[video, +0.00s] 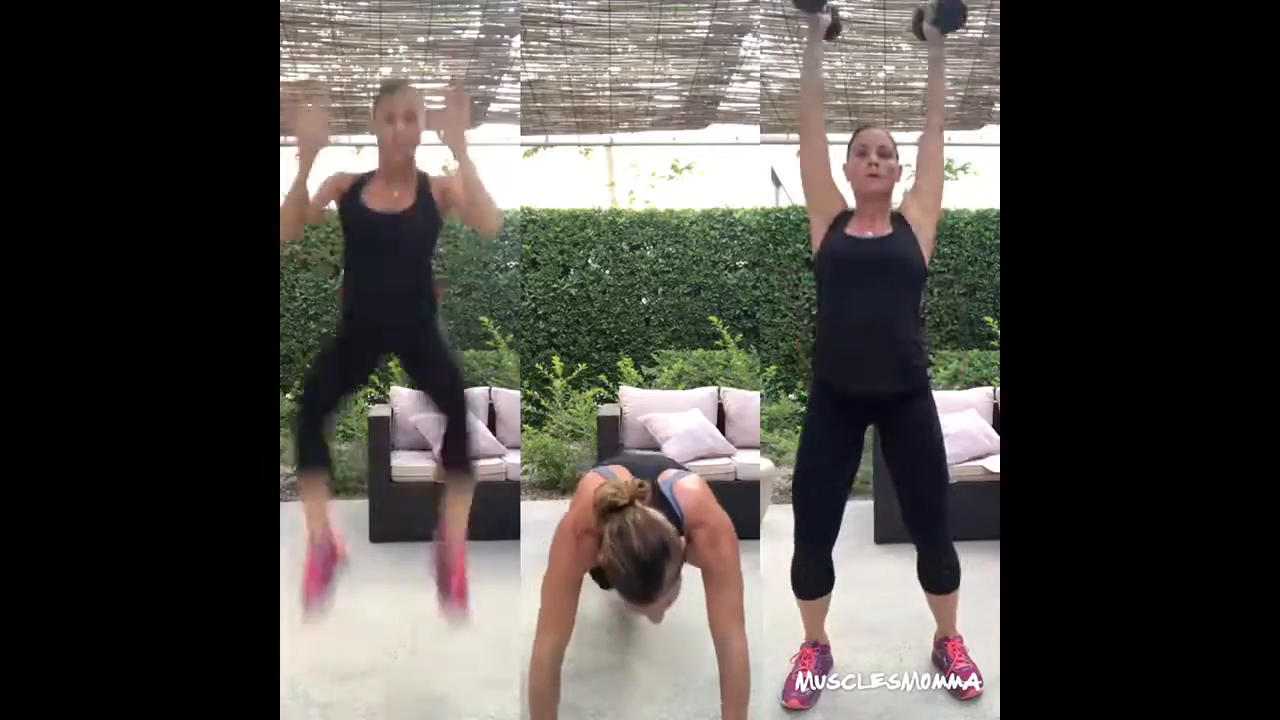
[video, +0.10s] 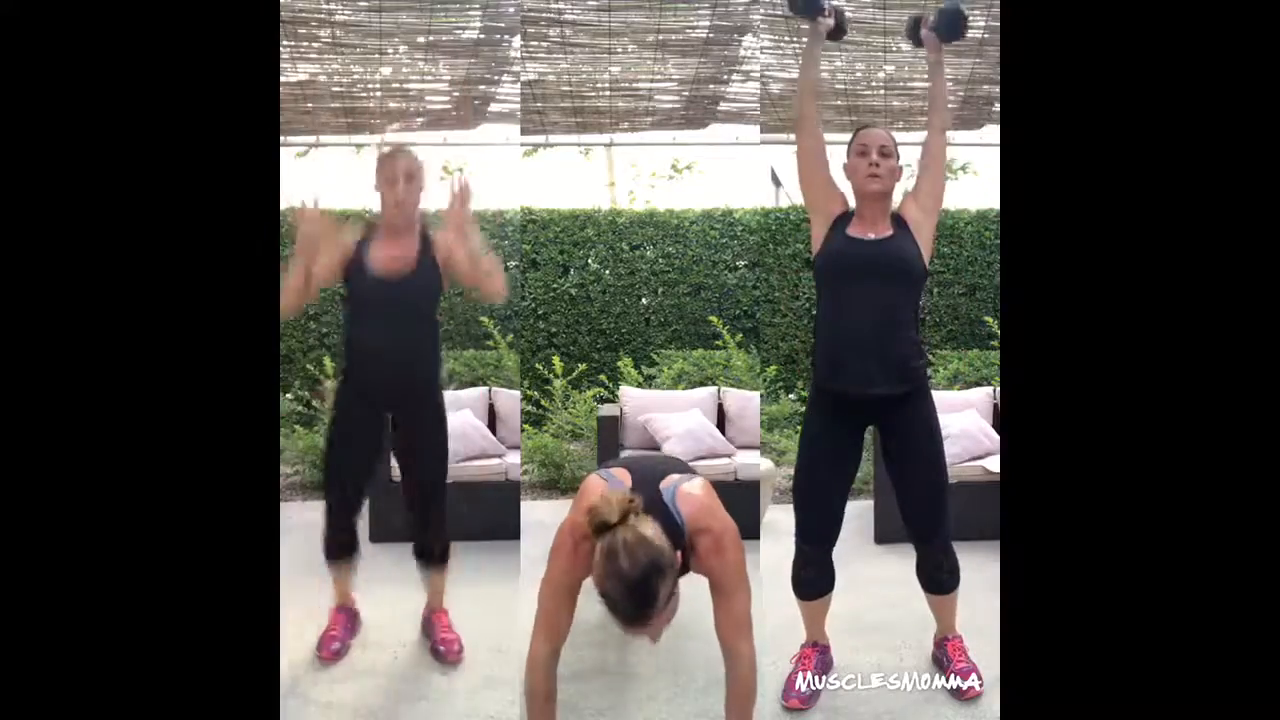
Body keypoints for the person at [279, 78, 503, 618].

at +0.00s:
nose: (400, 128)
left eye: (410, 118)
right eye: (390, 118)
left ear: (423, 126)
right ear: (374, 126)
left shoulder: (439, 186)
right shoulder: (349, 184)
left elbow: (489, 223)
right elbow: (288, 229)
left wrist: (459, 146)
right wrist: (307, 156)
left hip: (417, 331)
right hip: (361, 330)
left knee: (458, 413)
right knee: (309, 412)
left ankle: (452, 546)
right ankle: (322, 542)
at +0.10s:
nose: (402, 190)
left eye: (411, 179)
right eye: (393, 180)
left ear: (423, 186)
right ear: (378, 185)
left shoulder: (439, 242)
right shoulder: (352, 243)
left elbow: (496, 290)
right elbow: (290, 303)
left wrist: (466, 234)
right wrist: (305, 249)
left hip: (419, 394)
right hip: (360, 393)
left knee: (431, 505)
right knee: (340, 502)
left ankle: (436, 611)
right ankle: (343, 608)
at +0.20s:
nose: (401, 205)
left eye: (411, 195)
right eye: (390, 196)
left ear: (425, 202)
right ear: (375, 202)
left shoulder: (448, 263)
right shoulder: (349, 259)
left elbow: (492, 334)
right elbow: (311, 331)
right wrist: (300, 319)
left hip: (422, 405)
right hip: (359, 404)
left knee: (438, 511)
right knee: (341, 511)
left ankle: (437, 611)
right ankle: (346, 611)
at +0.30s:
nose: (402, 202)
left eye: (412, 191)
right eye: (391, 191)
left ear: (428, 187)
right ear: (377, 186)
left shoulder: (449, 247)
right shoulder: (349, 240)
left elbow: (483, 324)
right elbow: (320, 314)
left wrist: (477, 332)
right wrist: (314, 360)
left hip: (422, 390)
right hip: (361, 388)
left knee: (435, 502)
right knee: (350, 500)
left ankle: (438, 609)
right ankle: (346, 608)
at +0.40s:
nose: (404, 211)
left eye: (414, 200)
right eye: (393, 199)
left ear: (430, 189)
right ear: (376, 188)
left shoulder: (450, 243)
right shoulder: (347, 238)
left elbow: (484, 316)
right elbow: (319, 317)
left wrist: (476, 339)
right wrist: (314, 375)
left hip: (425, 388)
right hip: (364, 388)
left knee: (430, 501)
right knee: (358, 498)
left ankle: (437, 609)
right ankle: (345, 607)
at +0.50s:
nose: (404, 241)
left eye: (414, 230)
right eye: (394, 230)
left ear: (429, 217)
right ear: (377, 216)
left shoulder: (452, 262)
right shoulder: (349, 258)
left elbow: (487, 336)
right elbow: (317, 338)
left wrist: (483, 374)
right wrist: (310, 408)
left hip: (427, 394)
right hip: (367, 393)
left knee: (431, 502)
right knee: (360, 498)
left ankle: (437, 610)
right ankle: (347, 608)